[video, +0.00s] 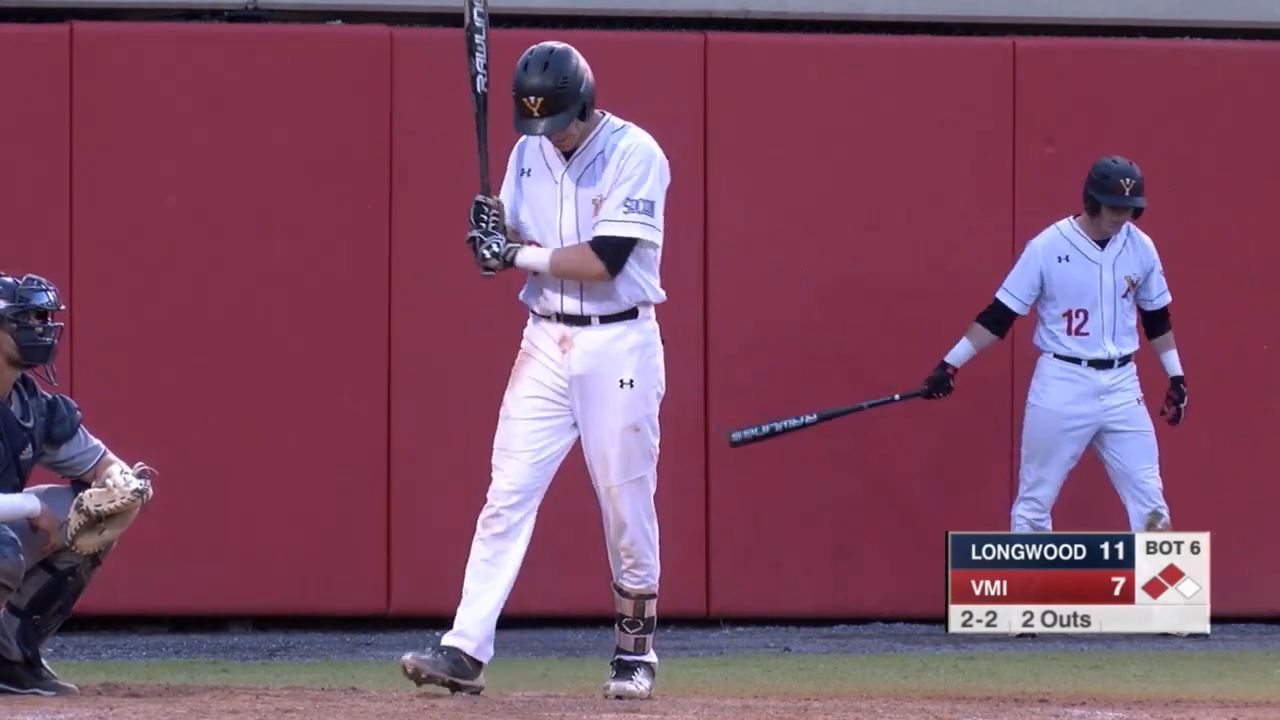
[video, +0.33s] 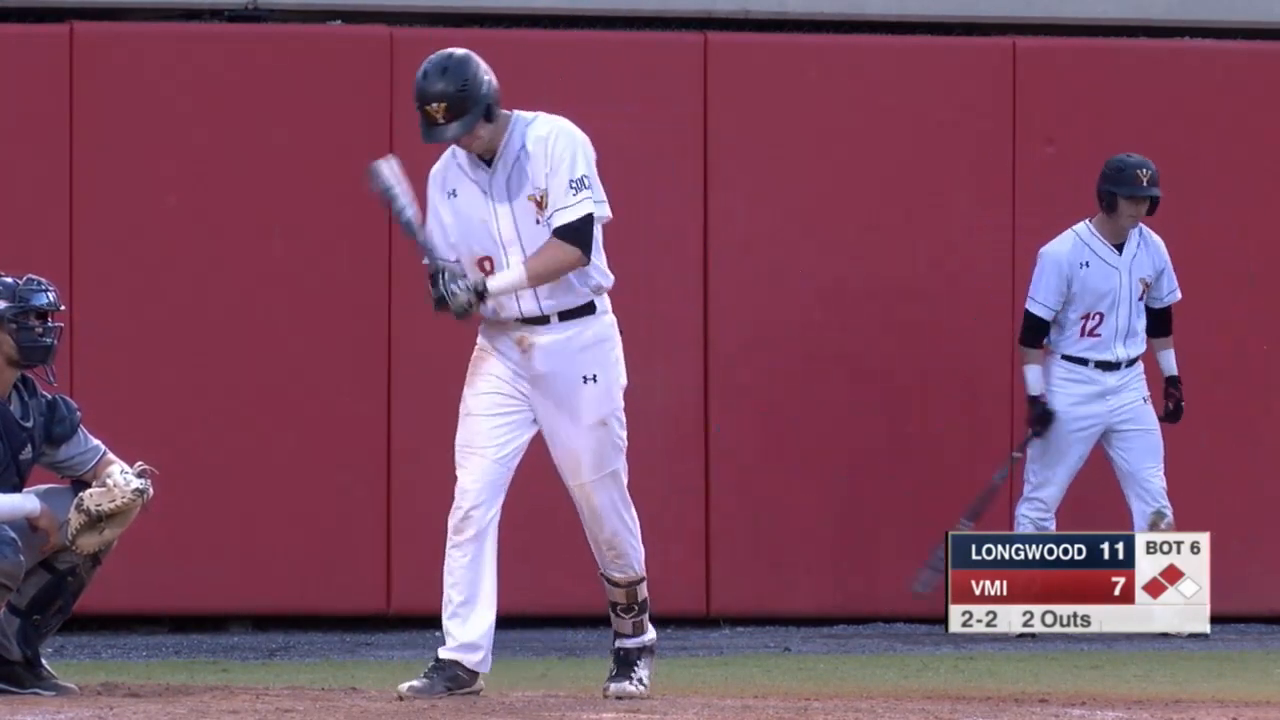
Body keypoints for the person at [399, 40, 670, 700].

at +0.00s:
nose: (545, 131)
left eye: (554, 118)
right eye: (536, 119)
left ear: (583, 102)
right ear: (527, 107)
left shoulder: (635, 152)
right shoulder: (528, 150)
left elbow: (604, 262)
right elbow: (513, 238)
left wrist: (516, 252)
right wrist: (492, 235)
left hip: (617, 346)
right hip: (544, 343)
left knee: (624, 499)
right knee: (507, 496)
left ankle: (634, 651)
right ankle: (465, 650)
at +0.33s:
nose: (457, 141)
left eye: (462, 126)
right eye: (446, 131)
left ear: (488, 107)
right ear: (438, 121)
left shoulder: (556, 139)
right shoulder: (443, 177)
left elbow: (574, 245)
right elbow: (450, 281)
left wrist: (489, 284)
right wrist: (453, 294)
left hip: (577, 347)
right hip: (500, 351)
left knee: (599, 496)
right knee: (471, 503)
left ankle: (633, 647)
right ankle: (460, 662)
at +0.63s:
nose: (417, 145)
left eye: (422, 131)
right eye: (407, 136)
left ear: (448, 109)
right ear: (398, 124)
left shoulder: (526, 137)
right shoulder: (405, 183)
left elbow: (564, 248)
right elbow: (425, 293)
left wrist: (525, 329)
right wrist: (468, 339)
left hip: (565, 330)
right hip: (485, 349)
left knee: (607, 476)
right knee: (462, 504)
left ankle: (659, 632)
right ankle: (460, 661)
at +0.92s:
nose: (464, 160)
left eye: (469, 145)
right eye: (451, 151)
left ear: (492, 123)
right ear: (437, 141)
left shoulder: (561, 156)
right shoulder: (446, 189)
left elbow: (612, 265)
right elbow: (451, 293)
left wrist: (588, 350)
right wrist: (456, 382)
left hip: (602, 338)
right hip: (523, 352)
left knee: (659, 482)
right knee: (478, 509)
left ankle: (734, 645)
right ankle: (461, 660)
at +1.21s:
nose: (543, 212)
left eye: (551, 200)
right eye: (532, 202)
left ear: (580, 176)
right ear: (519, 179)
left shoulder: (639, 207)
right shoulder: (527, 202)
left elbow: (667, 324)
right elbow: (526, 276)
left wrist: (633, 412)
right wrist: (497, 356)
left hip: (660, 374)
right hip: (578, 373)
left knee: (694, 504)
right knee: (513, 510)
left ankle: (755, 661)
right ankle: (462, 664)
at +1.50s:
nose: (591, 251)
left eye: (603, 243)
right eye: (584, 240)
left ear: (636, 225)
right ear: (575, 207)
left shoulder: (678, 257)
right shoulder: (568, 202)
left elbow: (669, 378)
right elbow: (591, 280)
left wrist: (644, 479)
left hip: (668, 379)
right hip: (587, 373)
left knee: (697, 503)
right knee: (522, 512)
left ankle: (754, 662)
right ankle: (462, 664)